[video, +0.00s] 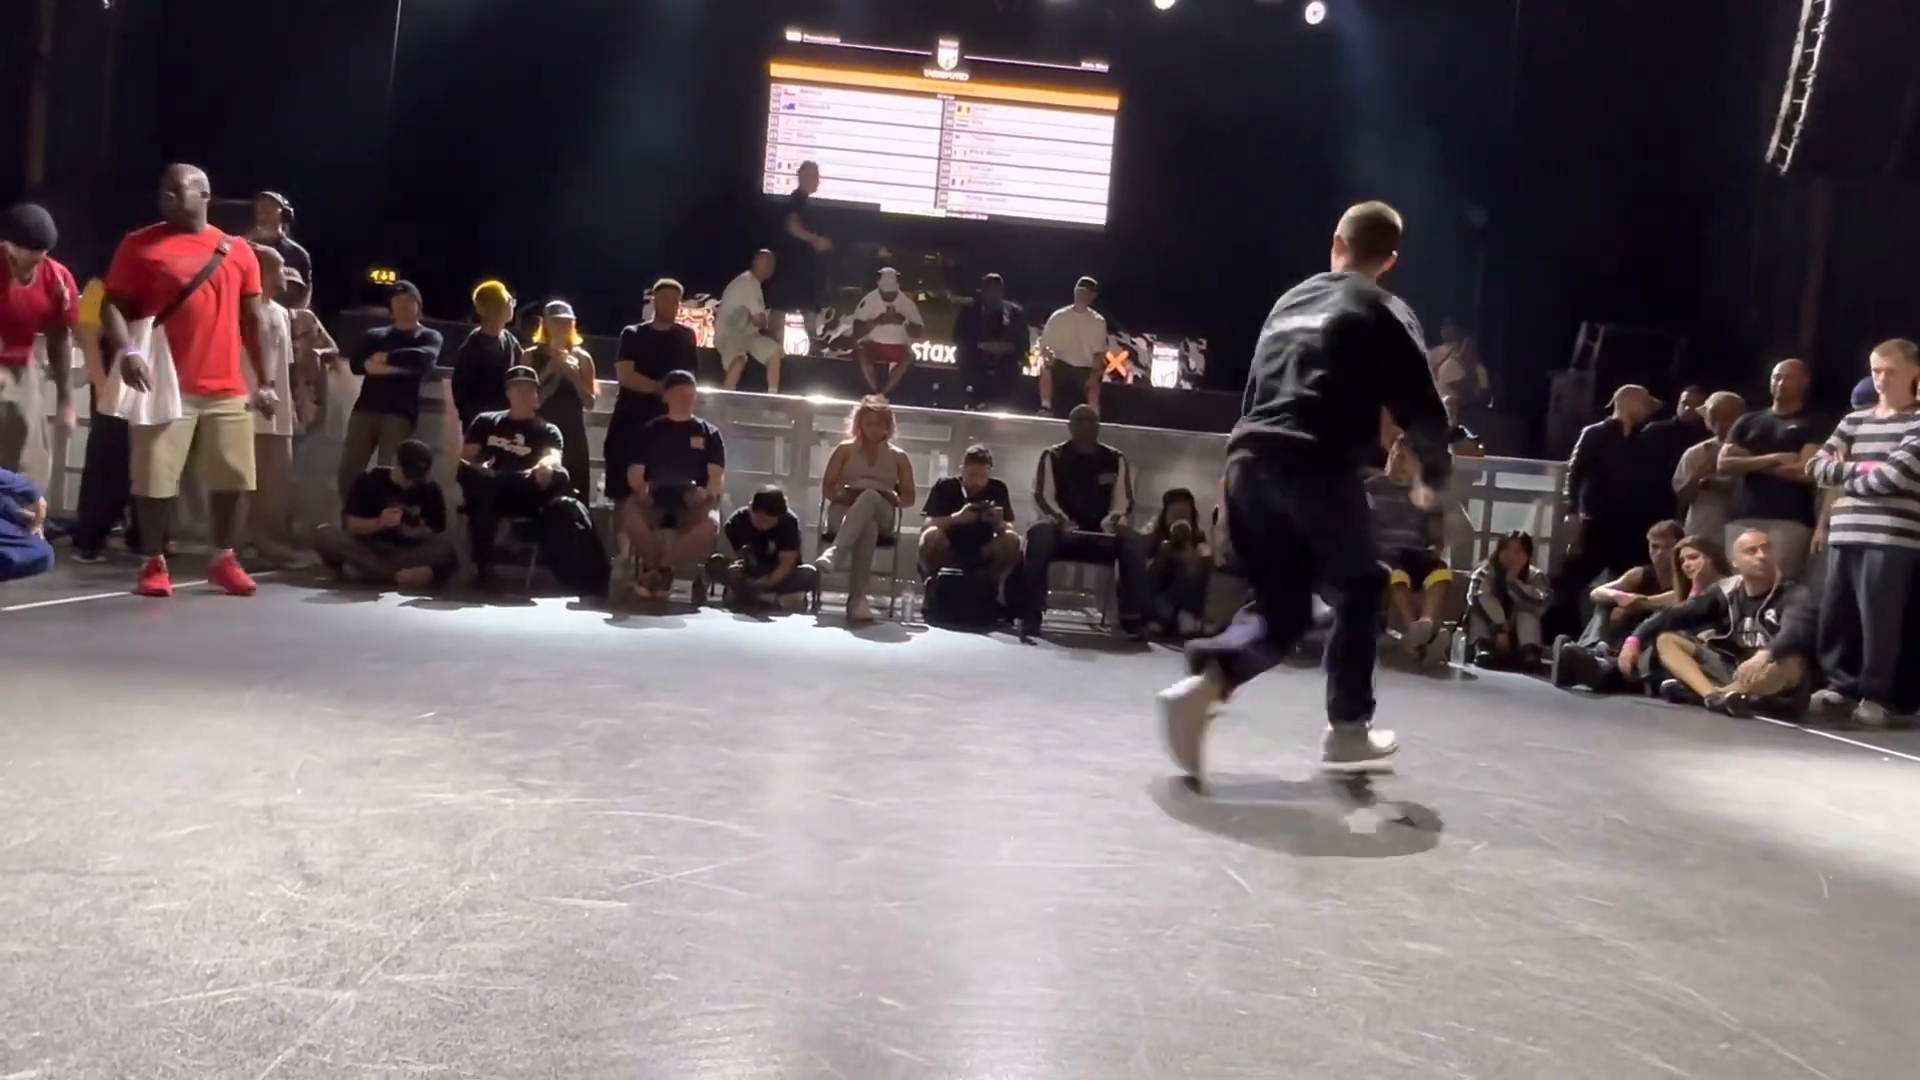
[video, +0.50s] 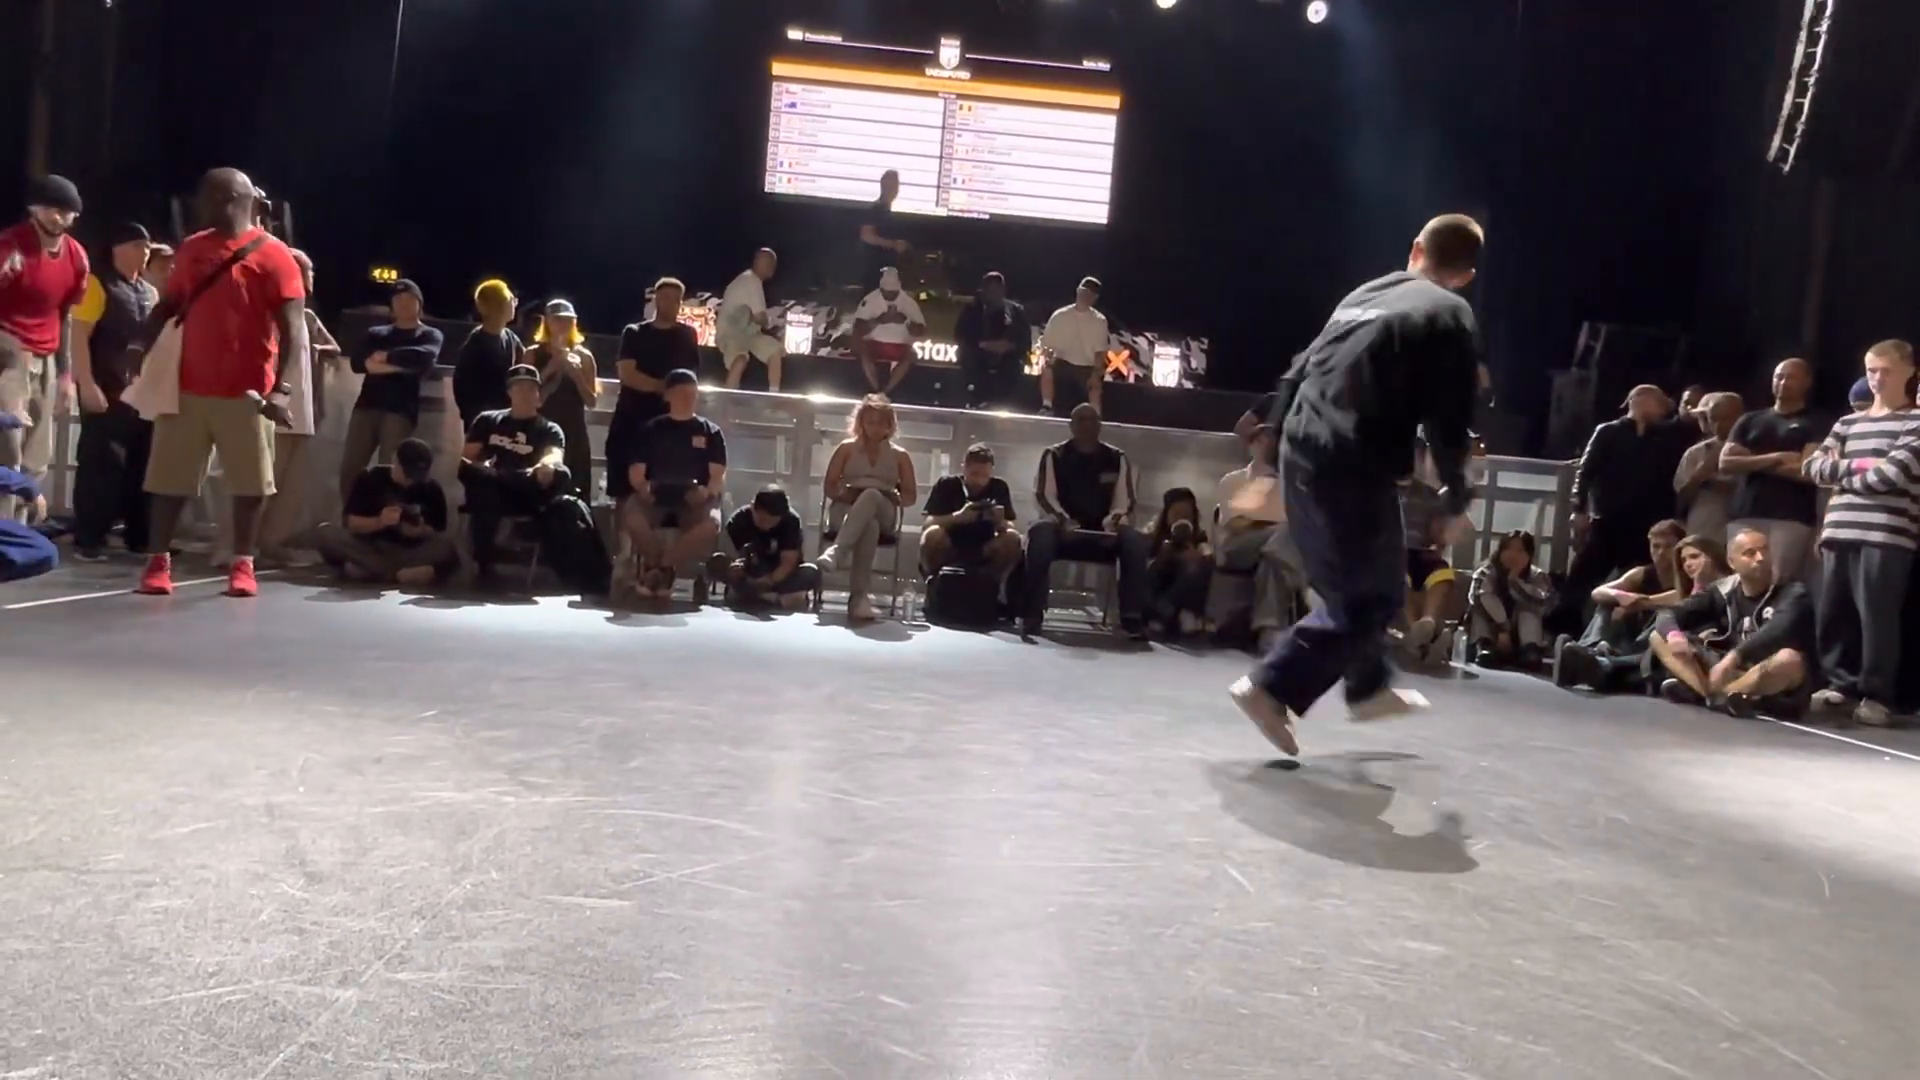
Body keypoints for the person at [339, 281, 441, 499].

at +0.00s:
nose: (402, 305)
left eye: (407, 300)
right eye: (398, 301)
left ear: (418, 306)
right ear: (391, 307)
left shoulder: (430, 336)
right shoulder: (375, 334)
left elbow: (423, 361)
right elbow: (357, 366)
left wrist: (385, 357)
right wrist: (400, 368)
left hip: (400, 414)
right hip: (366, 410)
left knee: (388, 475)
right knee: (349, 470)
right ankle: (350, 525)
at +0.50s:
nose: (403, 304)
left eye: (408, 299)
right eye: (398, 300)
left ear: (419, 305)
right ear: (392, 306)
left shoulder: (431, 334)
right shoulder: (376, 332)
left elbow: (424, 359)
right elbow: (358, 364)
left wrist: (385, 356)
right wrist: (401, 366)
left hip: (400, 411)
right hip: (367, 408)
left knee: (389, 472)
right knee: (350, 468)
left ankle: (384, 525)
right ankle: (349, 524)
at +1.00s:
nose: (403, 305)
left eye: (408, 300)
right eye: (398, 300)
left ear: (418, 305)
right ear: (392, 306)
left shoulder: (431, 335)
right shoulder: (376, 333)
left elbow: (423, 360)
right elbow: (357, 364)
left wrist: (384, 357)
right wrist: (401, 366)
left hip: (400, 410)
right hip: (367, 407)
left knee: (390, 471)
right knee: (350, 467)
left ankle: (386, 524)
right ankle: (351, 524)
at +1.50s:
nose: (403, 305)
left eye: (408, 300)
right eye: (398, 301)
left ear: (418, 305)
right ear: (391, 307)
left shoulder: (430, 335)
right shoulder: (374, 333)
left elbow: (423, 360)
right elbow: (356, 364)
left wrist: (384, 356)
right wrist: (398, 366)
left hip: (399, 413)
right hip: (365, 409)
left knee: (387, 474)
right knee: (348, 468)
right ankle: (349, 526)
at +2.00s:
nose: (403, 303)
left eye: (408, 299)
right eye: (398, 299)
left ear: (418, 305)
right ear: (391, 306)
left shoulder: (430, 335)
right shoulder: (375, 333)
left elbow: (422, 360)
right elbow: (356, 363)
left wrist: (383, 355)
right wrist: (398, 367)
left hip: (399, 413)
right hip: (366, 409)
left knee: (390, 473)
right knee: (348, 469)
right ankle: (349, 522)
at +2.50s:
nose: (404, 303)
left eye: (410, 299)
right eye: (399, 299)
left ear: (419, 306)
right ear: (392, 307)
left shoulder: (430, 335)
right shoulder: (375, 333)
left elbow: (423, 362)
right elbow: (357, 364)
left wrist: (384, 356)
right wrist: (398, 367)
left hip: (399, 412)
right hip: (367, 408)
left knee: (394, 473)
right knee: (348, 468)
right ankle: (348, 517)